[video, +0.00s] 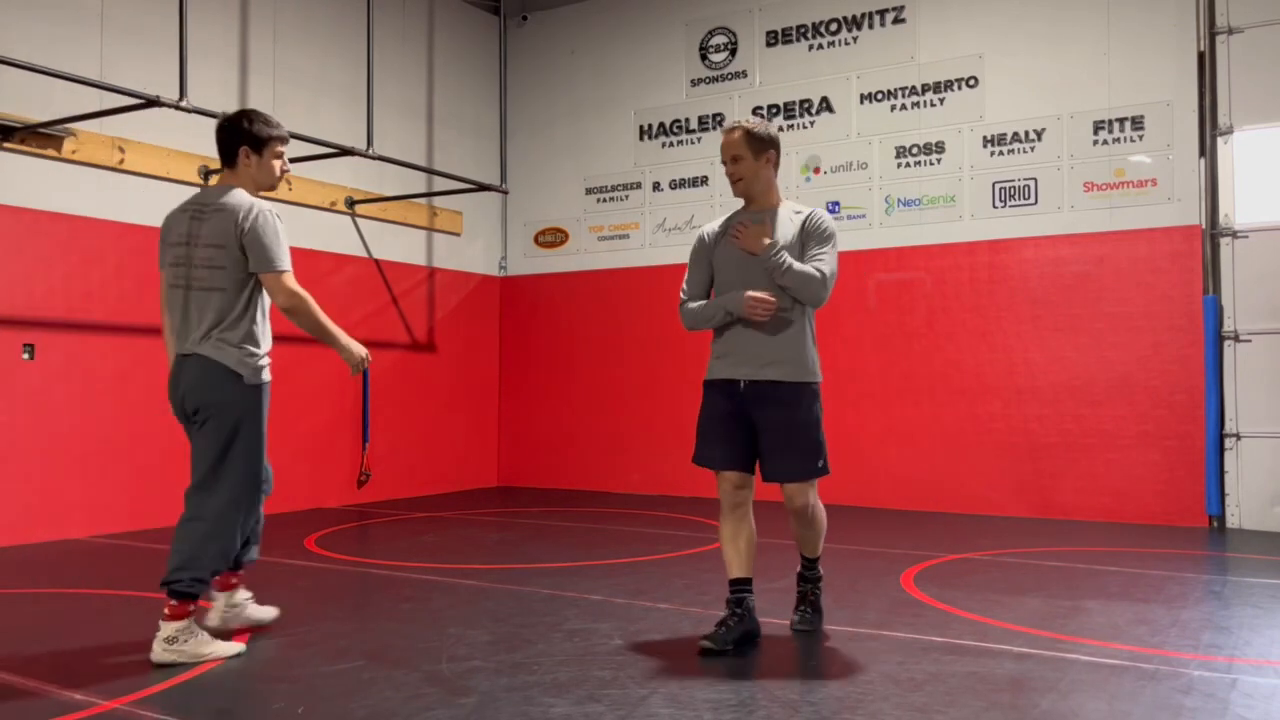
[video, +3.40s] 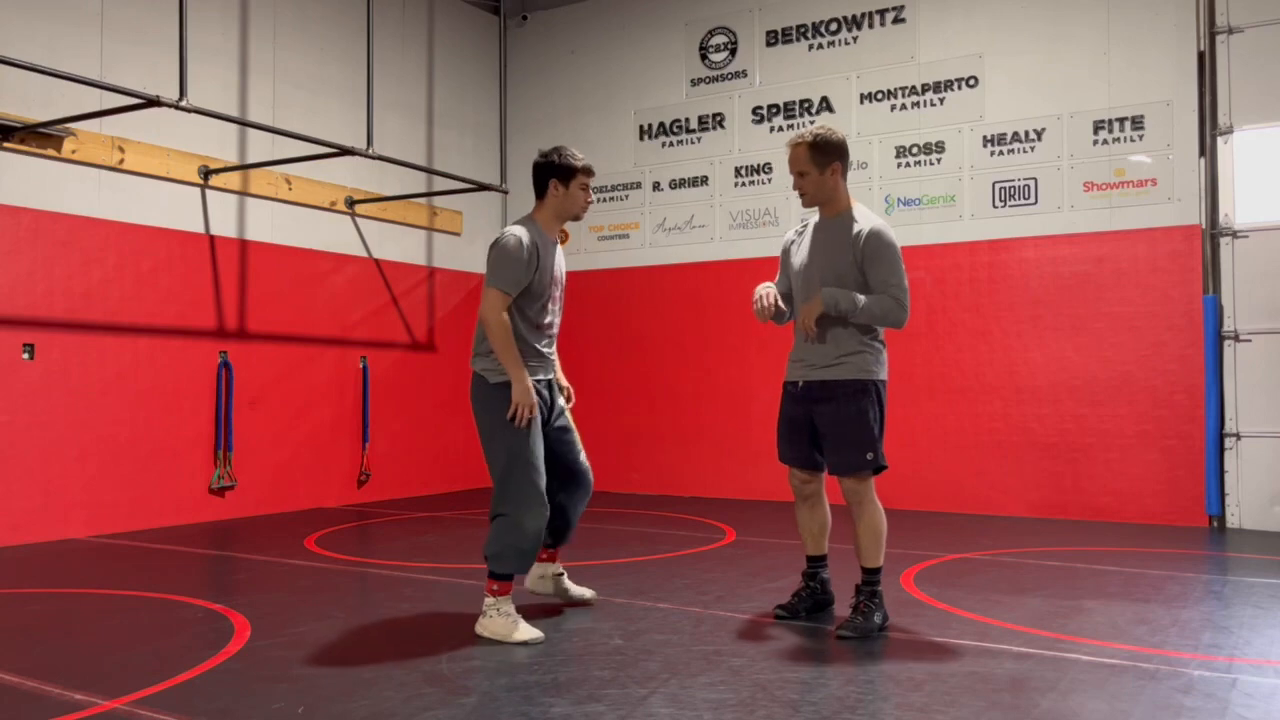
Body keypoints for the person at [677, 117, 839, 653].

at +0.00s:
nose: (727, 172)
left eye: (735, 161)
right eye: (724, 163)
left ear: (768, 159)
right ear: (730, 168)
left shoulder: (812, 224)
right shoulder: (711, 238)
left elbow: (817, 290)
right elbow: (690, 313)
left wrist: (764, 251)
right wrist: (733, 303)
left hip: (789, 381)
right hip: (727, 382)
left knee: (800, 499)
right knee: (733, 493)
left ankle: (810, 587)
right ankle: (740, 612)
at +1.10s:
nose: (800, 162)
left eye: (811, 152)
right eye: (793, 153)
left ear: (836, 158)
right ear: (786, 160)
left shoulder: (866, 230)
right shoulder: (766, 236)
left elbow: (896, 308)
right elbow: (742, 310)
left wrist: (841, 284)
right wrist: (766, 302)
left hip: (841, 381)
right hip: (778, 383)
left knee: (846, 495)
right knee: (754, 491)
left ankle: (844, 612)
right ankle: (745, 612)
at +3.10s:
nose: (782, 190)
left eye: (788, 180)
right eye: (779, 181)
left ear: (820, 178)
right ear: (796, 181)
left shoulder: (861, 238)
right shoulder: (781, 247)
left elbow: (881, 313)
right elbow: (760, 322)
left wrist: (813, 298)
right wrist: (774, 300)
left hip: (844, 381)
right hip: (793, 382)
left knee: (847, 488)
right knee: (804, 486)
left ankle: (869, 599)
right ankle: (815, 589)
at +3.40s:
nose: (794, 183)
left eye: (801, 174)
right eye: (792, 174)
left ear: (834, 171)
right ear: (817, 174)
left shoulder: (872, 235)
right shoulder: (796, 240)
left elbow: (896, 310)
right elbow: (788, 306)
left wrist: (830, 301)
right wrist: (770, 303)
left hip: (853, 381)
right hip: (802, 382)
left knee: (857, 489)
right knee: (806, 486)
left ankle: (870, 601)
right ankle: (816, 589)